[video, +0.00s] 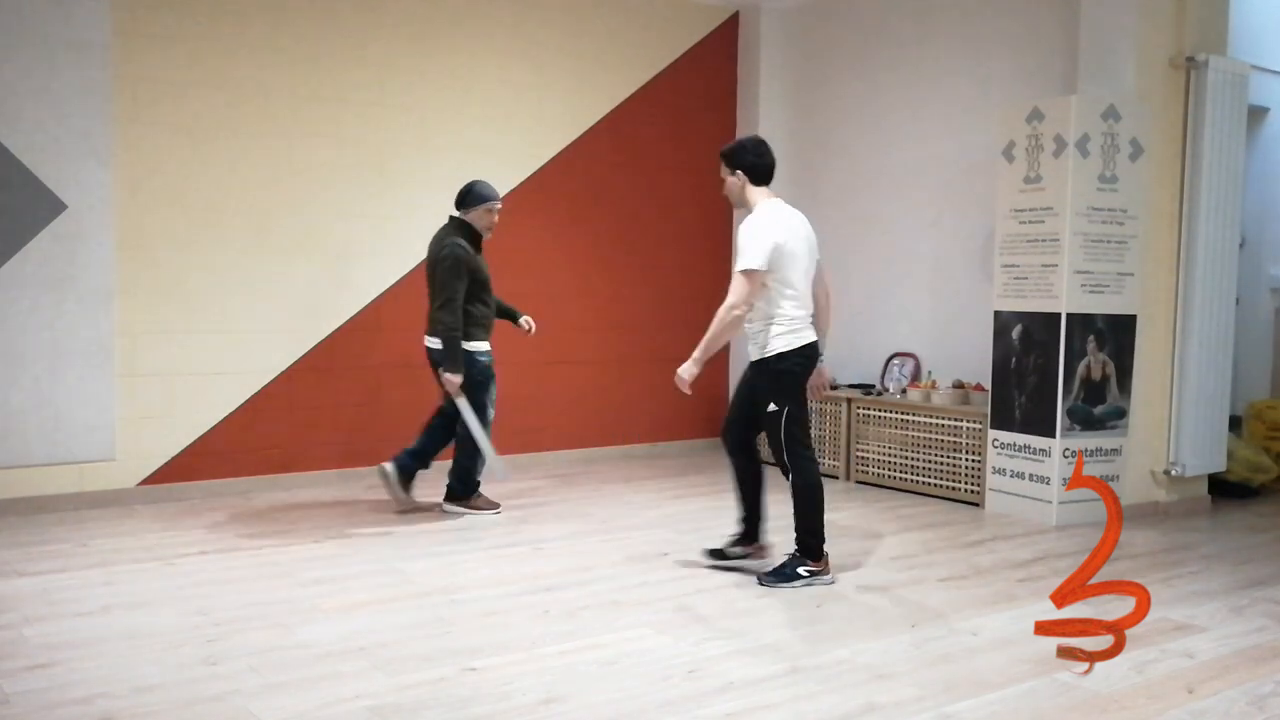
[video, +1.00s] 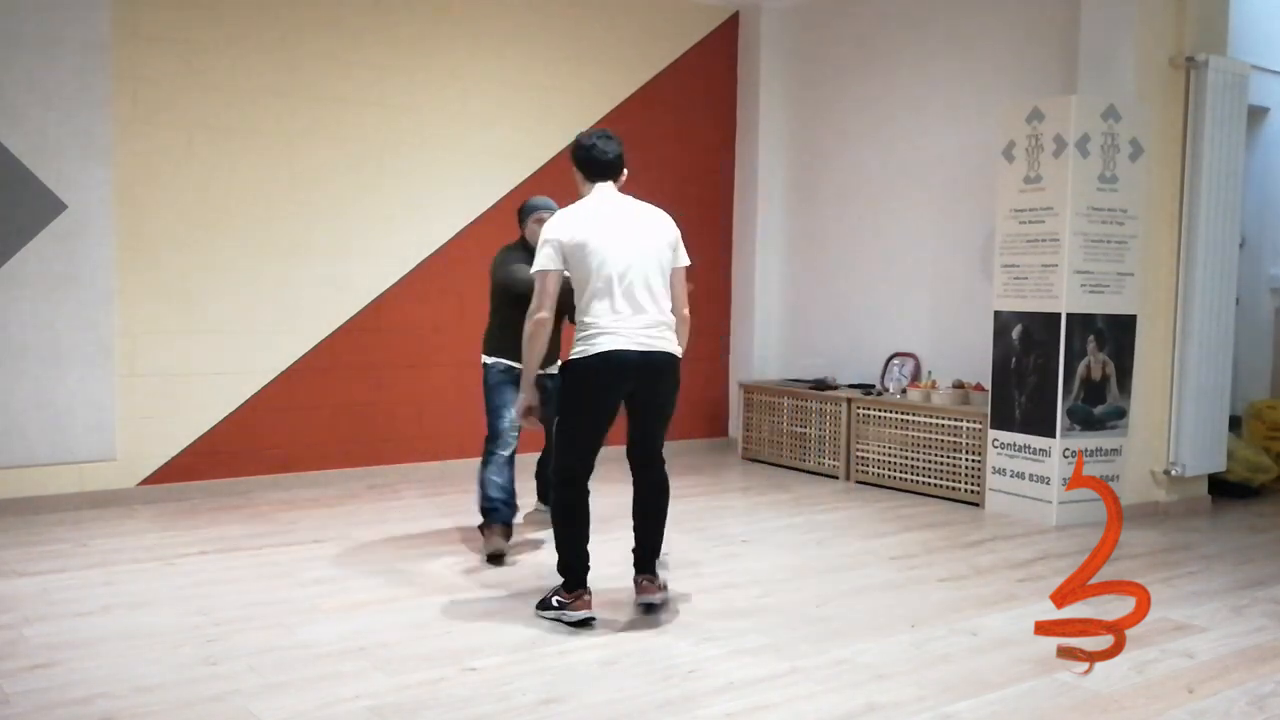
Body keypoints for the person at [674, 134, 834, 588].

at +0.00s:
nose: (722, 185)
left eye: (724, 176)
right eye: (722, 176)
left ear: (740, 176)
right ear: (763, 175)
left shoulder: (757, 224)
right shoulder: (796, 219)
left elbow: (738, 306)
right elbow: (821, 293)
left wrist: (696, 360)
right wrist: (817, 355)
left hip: (777, 355)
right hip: (797, 349)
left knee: (795, 454)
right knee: (737, 435)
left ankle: (811, 557)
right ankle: (751, 537)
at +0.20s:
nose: (691, 192)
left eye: (692, 182)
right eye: (691, 183)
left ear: (706, 180)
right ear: (733, 180)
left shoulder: (722, 230)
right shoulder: (765, 228)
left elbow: (708, 311)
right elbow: (789, 302)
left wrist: (680, 371)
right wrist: (787, 366)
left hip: (737, 366)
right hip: (765, 361)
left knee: (707, 462)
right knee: (774, 461)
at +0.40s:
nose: (655, 184)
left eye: (655, 175)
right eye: (656, 175)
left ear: (666, 175)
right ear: (697, 176)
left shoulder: (686, 215)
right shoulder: (723, 220)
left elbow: (681, 296)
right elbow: (727, 302)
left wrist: (663, 368)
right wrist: (723, 378)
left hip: (697, 354)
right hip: (715, 352)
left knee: (682, 451)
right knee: (677, 451)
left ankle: (764, 528)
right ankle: (662, 556)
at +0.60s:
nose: (630, 177)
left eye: (629, 170)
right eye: (630, 170)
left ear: (639, 170)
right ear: (675, 170)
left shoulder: (652, 213)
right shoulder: (699, 218)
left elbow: (643, 295)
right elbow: (706, 306)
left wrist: (620, 367)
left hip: (661, 352)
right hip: (694, 349)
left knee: (620, 450)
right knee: (666, 450)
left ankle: (662, 553)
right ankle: (662, 552)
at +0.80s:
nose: (600, 174)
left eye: (600, 168)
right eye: (606, 166)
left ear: (608, 171)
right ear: (650, 172)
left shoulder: (603, 219)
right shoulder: (681, 225)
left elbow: (595, 303)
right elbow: (689, 309)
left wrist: (572, 381)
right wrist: (662, 346)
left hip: (621, 359)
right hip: (668, 358)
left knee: (589, 469)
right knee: (650, 455)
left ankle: (575, 587)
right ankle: (658, 555)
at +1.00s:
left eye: (577, 172)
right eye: (622, 167)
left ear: (576, 173)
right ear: (624, 171)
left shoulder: (562, 225)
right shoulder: (663, 221)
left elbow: (543, 313)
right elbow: (681, 309)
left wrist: (528, 386)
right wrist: (670, 364)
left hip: (594, 362)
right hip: (659, 360)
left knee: (568, 472)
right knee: (649, 460)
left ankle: (575, 590)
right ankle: (647, 576)